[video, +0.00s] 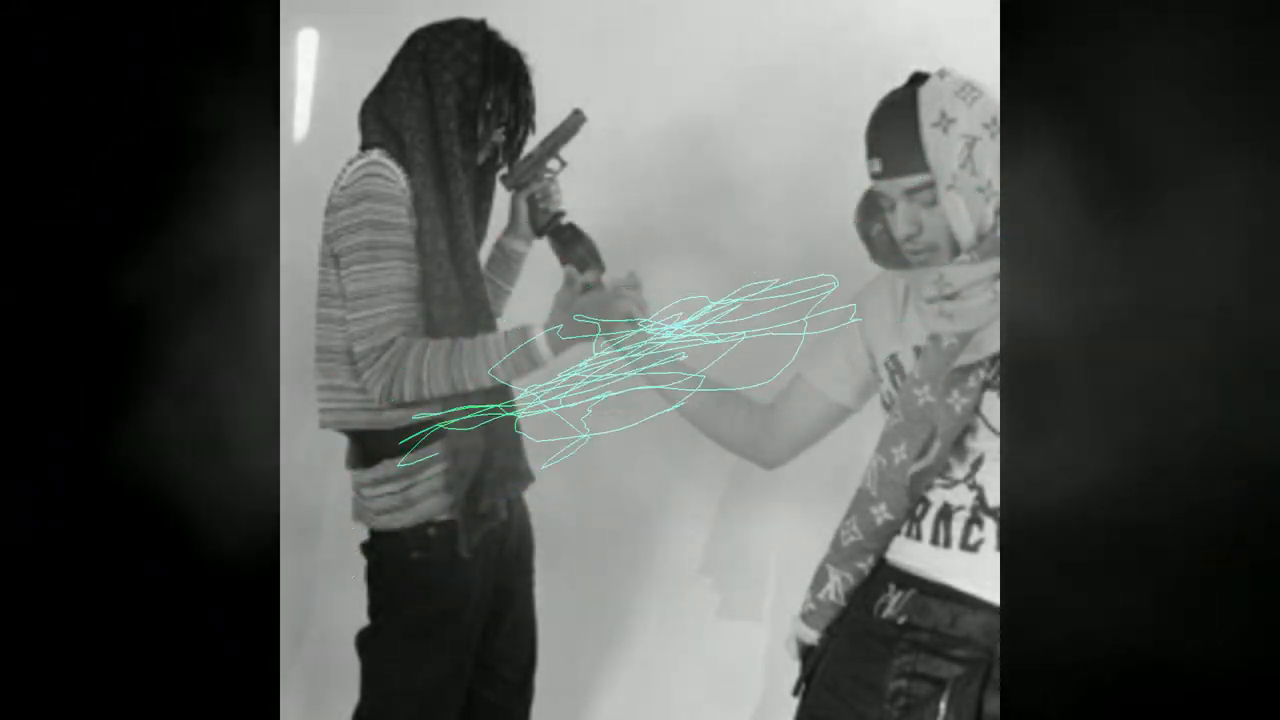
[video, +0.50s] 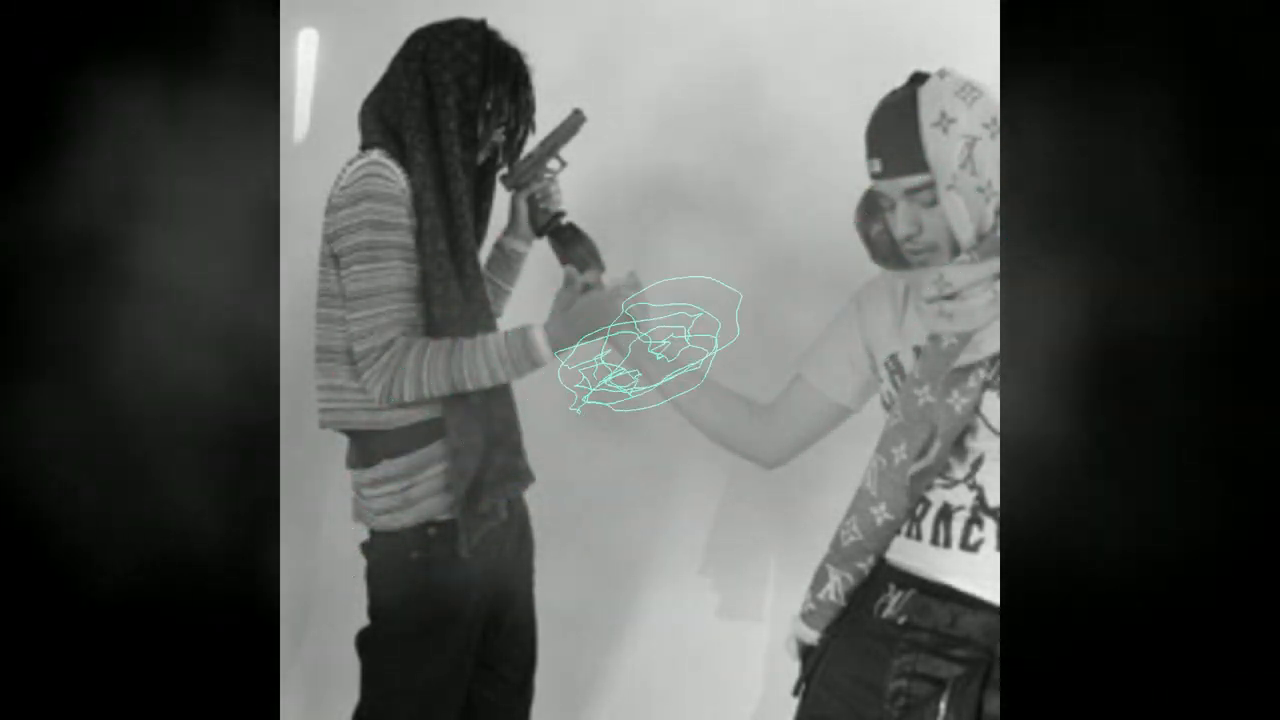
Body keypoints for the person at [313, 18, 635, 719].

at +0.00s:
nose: (496, 144)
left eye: (503, 127)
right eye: (490, 120)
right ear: (448, 107)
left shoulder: (425, 191)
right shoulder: (377, 182)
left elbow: (461, 332)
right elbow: (387, 370)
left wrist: (519, 235)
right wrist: (549, 341)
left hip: (484, 501)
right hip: (422, 515)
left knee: (499, 702)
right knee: (411, 705)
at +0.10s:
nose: (496, 145)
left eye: (503, 126)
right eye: (490, 121)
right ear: (449, 107)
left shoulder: (427, 190)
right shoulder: (377, 182)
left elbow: (464, 334)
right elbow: (388, 370)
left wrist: (518, 234)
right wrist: (552, 338)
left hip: (484, 494)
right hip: (422, 508)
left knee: (498, 698)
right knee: (413, 703)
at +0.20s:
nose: (496, 144)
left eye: (502, 126)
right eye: (490, 121)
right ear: (447, 106)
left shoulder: (427, 190)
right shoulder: (377, 182)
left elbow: (461, 337)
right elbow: (389, 371)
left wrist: (516, 236)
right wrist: (554, 337)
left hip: (487, 491)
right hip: (423, 503)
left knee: (497, 698)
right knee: (415, 702)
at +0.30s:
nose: (497, 144)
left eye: (504, 126)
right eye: (492, 120)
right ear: (451, 106)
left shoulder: (422, 189)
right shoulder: (377, 182)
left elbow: (461, 334)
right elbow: (388, 369)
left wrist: (518, 235)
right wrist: (551, 337)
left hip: (484, 502)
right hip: (424, 518)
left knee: (499, 702)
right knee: (411, 706)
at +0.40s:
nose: (495, 144)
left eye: (501, 125)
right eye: (490, 120)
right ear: (448, 106)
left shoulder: (421, 190)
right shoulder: (378, 183)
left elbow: (461, 337)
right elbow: (390, 371)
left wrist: (516, 236)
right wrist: (543, 340)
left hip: (484, 501)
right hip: (424, 516)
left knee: (497, 702)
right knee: (414, 706)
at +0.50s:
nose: (497, 144)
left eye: (504, 125)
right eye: (492, 120)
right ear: (449, 106)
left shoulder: (427, 190)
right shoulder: (377, 183)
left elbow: (465, 336)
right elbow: (389, 370)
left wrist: (517, 234)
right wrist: (552, 337)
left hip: (488, 508)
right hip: (423, 524)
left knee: (499, 702)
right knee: (411, 707)